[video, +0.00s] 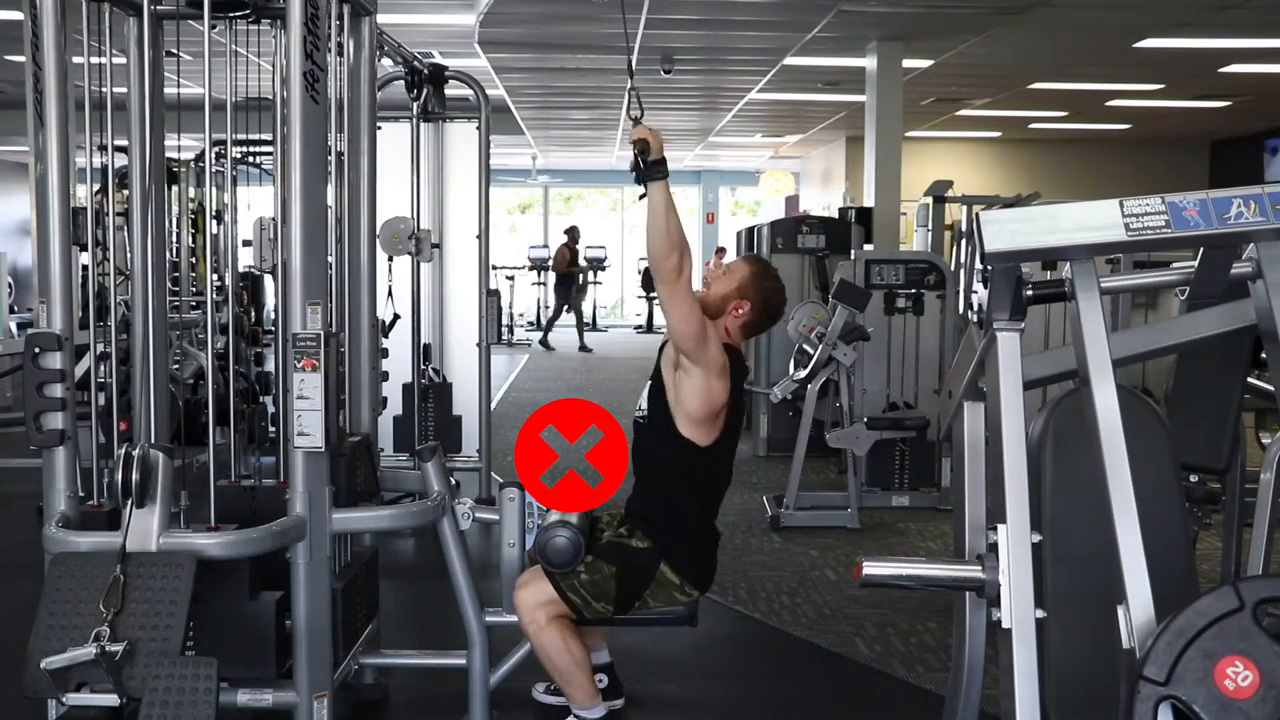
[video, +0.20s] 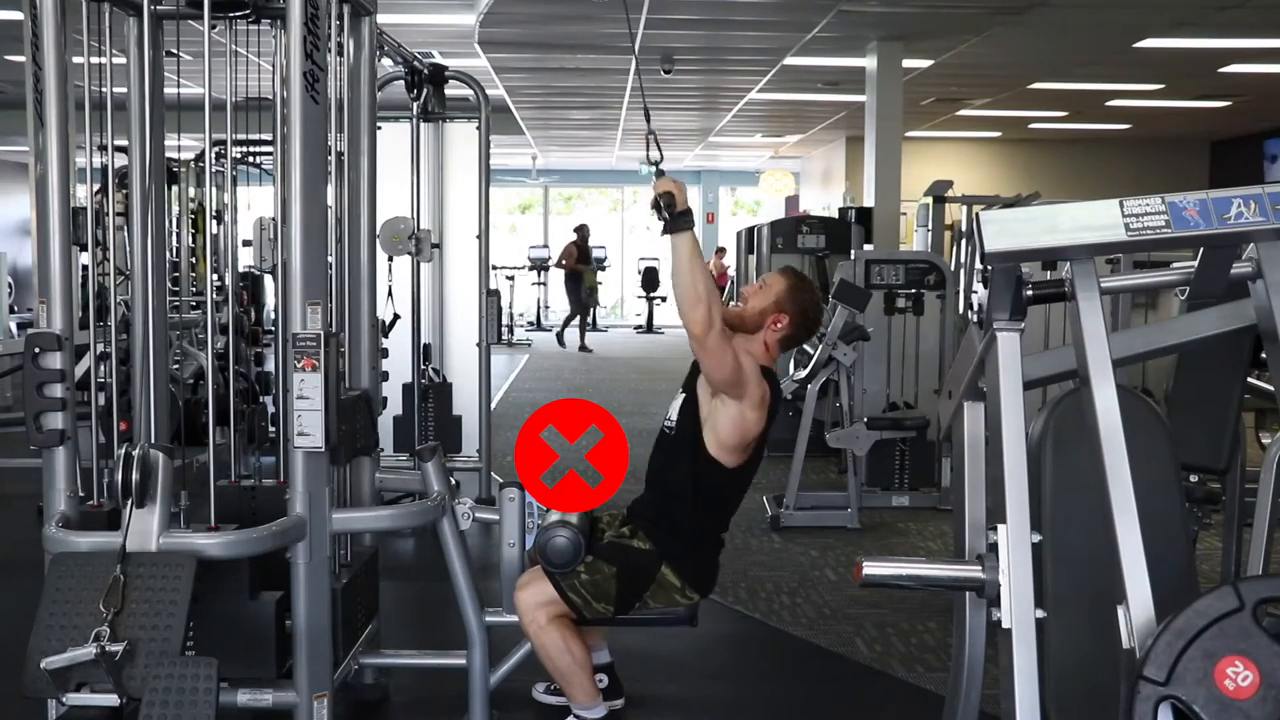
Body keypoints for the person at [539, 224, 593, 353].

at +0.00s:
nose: (579, 236)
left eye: (579, 234)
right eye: (577, 234)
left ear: (574, 236)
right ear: (570, 235)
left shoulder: (575, 250)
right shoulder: (563, 250)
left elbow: (573, 266)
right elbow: (556, 268)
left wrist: (583, 269)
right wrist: (574, 270)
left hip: (571, 285)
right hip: (562, 286)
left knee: (579, 314)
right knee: (556, 314)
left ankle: (582, 342)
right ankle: (543, 338)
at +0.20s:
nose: (588, 234)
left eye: (588, 232)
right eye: (585, 232)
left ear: (588, 233)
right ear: (578, 233)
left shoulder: (587, 248)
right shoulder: (571, 247)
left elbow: (588, 264)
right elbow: (557, 264)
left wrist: (593, 268)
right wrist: (574, 267)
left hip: (585, 282)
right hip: (572, 282)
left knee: (584, 313)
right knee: (575, 311)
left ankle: (582, 343)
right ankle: (560, 332)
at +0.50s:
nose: (595, 236)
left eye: (595, 234)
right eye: (592, 234)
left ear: (596, 235)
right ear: (586, 236)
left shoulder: (600, 249)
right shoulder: (578, 251)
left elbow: (608, 266)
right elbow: (565, 268)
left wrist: (601, 264)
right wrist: (577, 268)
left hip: (597, 282)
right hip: (584, 282)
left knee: (591, 313)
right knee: (587, 314)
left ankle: (583, 342)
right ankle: (593, 344)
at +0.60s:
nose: (597, 236)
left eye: (597, 234)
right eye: (594, 234)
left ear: (598, 235)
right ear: (588, 236)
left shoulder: (602, 249)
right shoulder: (581, 251)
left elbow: (611, 265)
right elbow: (569, 269)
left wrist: (606, 263)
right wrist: (581, 268)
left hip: (601, 284)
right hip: (588, 284)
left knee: (594, 314)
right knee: (591, 315)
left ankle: (584, 340)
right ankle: (596, 345)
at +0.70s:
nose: (599, 235)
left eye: (599, 232)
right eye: (596, 233)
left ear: (601, 233)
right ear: (590, 234)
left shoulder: (605, 248)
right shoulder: (583, 251)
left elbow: (613, 264)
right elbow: (572, 270)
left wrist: (607, 261)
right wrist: (583, 268)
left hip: (604, 284)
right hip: (591, 285)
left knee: (603, 315)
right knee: (594, 314)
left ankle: (589, 335)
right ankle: (596, 345)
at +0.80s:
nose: (602, 234)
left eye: (602, 232)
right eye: (599, 232)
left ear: (603, 233)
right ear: (593, 233)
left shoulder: (607, 247)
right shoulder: (585, 250)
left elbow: (615, 262)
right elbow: (576, 270)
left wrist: (611, 261)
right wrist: (589, 266)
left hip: (607, 286)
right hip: (594, 288)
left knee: (611, 315)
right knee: (595, 317)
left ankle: (597, 332)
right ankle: (597, 346)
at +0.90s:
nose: (605, 234)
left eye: (606, 231)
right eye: (603, 232)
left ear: (606, 233)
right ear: (596, 233)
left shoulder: (610, 247)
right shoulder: (588, 250)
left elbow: (618, 263)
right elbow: (581, 269)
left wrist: (613, 255)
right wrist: (594, 265)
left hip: (610, 286)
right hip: (596, 287)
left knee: (617, 313)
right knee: (596, 318)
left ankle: (606, 339)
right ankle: (596, 346)